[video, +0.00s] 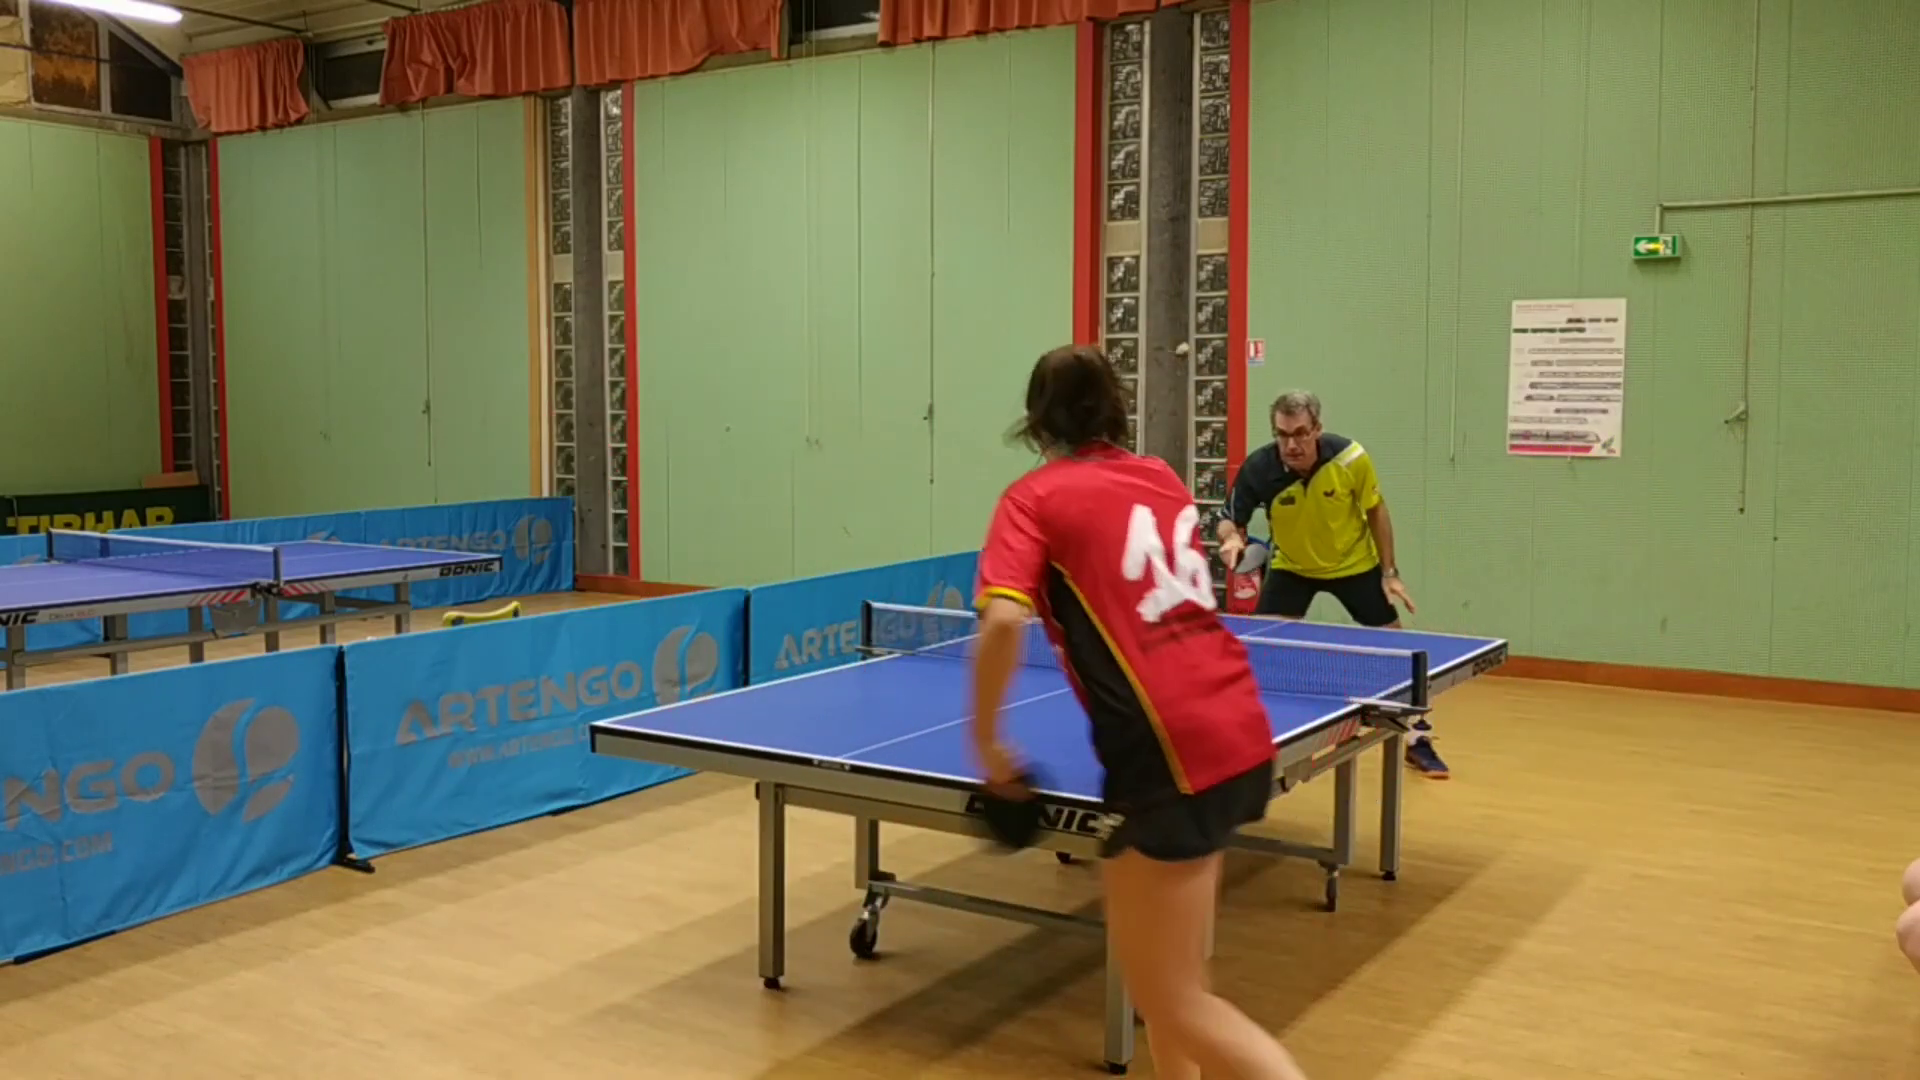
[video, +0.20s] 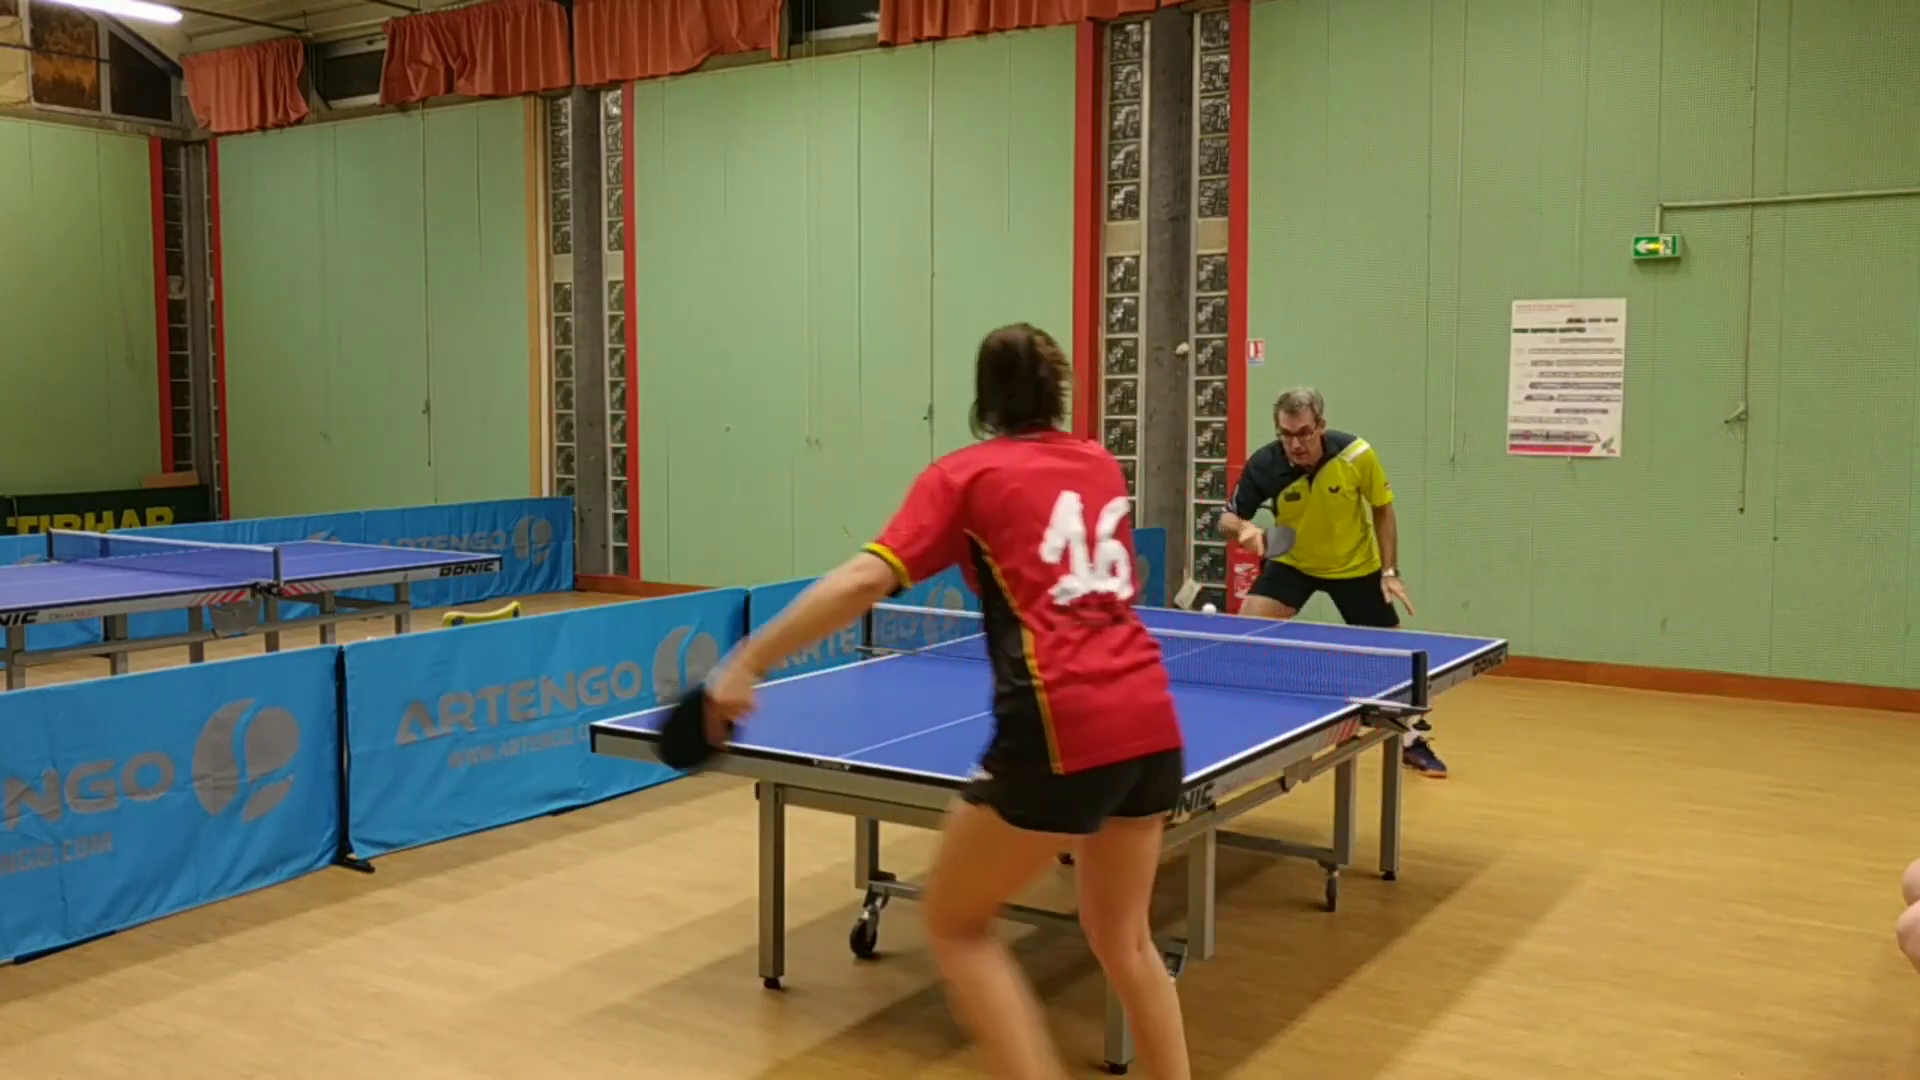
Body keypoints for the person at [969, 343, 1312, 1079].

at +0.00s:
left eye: (1037, 410)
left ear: (1039, 418)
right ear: (1117, 409)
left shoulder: (1034, 498)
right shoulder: (1159, 476)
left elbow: (1005, 621)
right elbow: (1197, 596)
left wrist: (988, 741)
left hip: (1170, 768)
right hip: (1243, 746)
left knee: (1175, 1006)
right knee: (1172, 985)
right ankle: (1176, 1067)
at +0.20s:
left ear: (982, 396)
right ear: (1060, 393)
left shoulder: (965, 475)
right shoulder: (1101, 463)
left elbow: (866, 581)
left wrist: (747, 663)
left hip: (1058, 738)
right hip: (1152, 728)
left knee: (957, 923)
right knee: (1125, 939)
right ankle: (1172, 1072)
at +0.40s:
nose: (970, 427)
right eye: (969, 417)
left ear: (888, 430)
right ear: (964, 429)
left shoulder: (853, 515)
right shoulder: (1015, 508)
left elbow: (754, 623)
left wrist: (663, 648)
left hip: (908, 780)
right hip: (1020, 775)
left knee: (787, 965)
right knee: (1062, 968)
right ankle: (1147, 1073)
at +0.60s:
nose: (891, 460)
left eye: (885, 449)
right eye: (889, 450)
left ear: (796, 461)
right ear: (878, 458)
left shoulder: (754, 550)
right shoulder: (924, 539)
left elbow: (673, 673)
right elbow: (976, 662)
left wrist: (709, 689)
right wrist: (894, 639)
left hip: (784, 804)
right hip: (907, 797)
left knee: (731, 972)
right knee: (1017, 977)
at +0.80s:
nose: (889, 456)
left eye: (885, 445)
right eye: (887, 446)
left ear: (796, 455)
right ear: (876, 454)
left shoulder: (747, 551)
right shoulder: (926, 538)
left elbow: (682, 686)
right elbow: (999, 669)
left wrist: (755, 674)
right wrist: (917, 638)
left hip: (787, 811)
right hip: (913, 806)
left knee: (726, 975)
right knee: (1030, 998)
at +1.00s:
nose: (1008, 516)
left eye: (1009, 502)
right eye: (1008, 502)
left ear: (915, 503)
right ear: (989, 508)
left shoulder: (855, 584)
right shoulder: (1010, 599)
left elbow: (819, 698)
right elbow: (1060, 762)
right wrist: (988, 708)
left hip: (810, 865)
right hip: (934, 869)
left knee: (756, 990)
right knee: (1103, 1019)